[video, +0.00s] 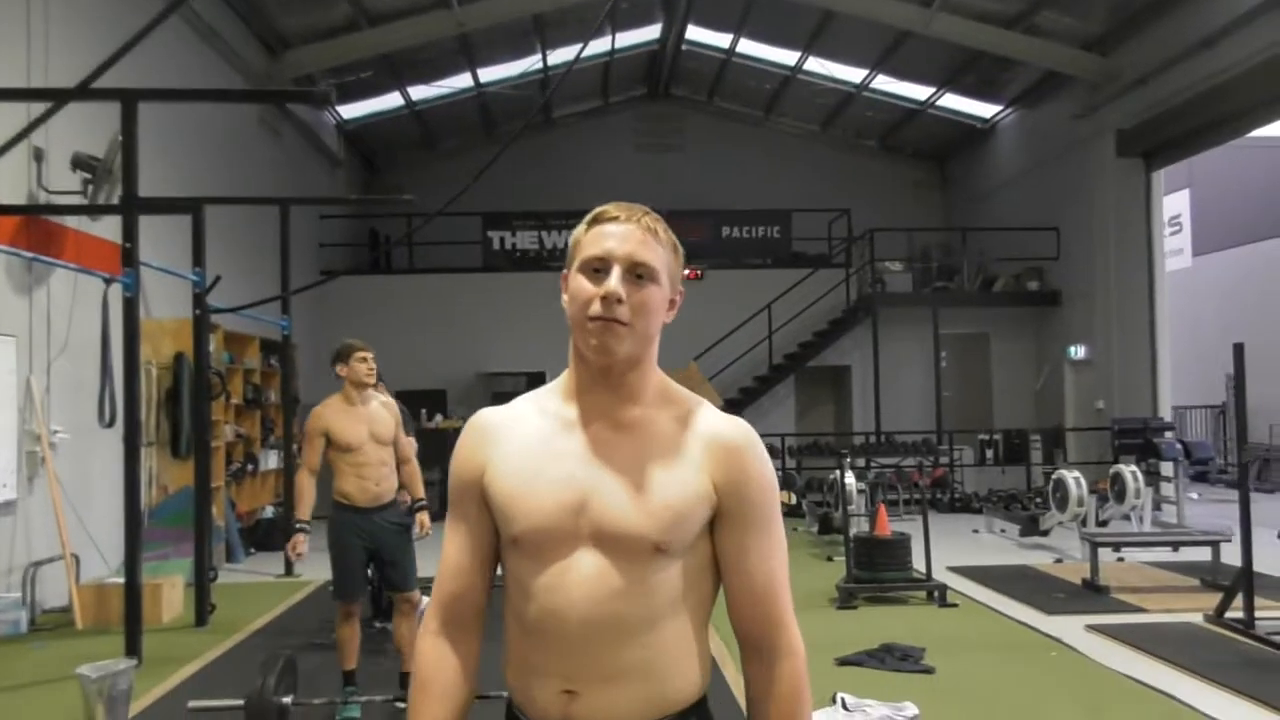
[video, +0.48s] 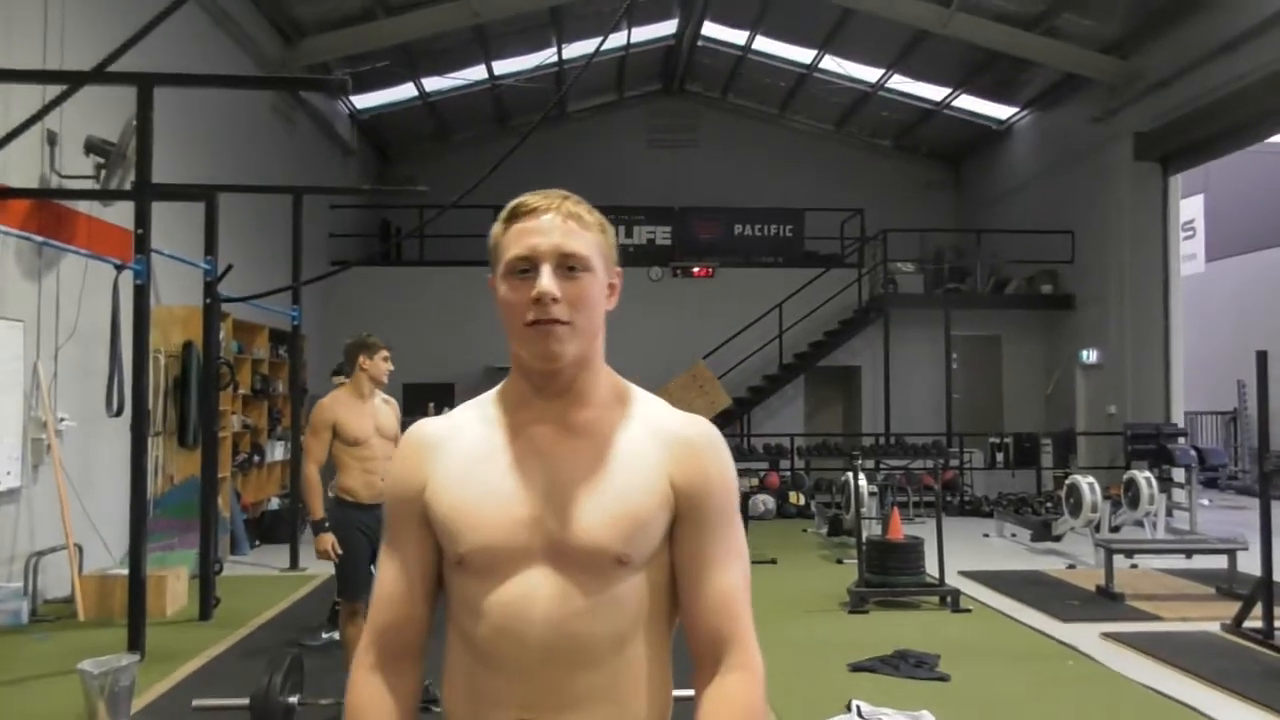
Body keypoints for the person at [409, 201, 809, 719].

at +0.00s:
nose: (612, 290)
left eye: (638, 276)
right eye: (594, 270)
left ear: (672, 304)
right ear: (566, 289)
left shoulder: (725, 447)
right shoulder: (491, 438)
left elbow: (771, 650)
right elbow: (448, 632)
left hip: (678, 712)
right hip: (530, 713)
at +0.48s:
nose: (545, 289)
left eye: (571, 268)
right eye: (523, 269)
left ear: (611, 289)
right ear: (495, 292)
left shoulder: (687, 448)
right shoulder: (429, 450)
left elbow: (730, 663)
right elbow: (386, 664)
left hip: (627, 708)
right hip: (474, 708)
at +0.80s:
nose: (466, 285)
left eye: (493, 261)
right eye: (443, 266)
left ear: (540, 283)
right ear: (421, 293)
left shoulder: (629, 445)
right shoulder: (368, 461)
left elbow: (698, 677)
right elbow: (323, 685)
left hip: (578, 708)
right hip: (421, 711)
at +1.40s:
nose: (535, 299)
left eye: (568, 279)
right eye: (516, 273)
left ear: (612, 310)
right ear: (484, 293)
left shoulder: (684, 473)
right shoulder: (406, 470)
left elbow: (735, 704)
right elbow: (360, 697)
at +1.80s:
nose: (612, 302)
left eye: (646, 287)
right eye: (592, 274)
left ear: (682, 323)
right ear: (553, 294)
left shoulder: (750, 494)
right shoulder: (455, 475)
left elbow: (808, 711)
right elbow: (397, 703)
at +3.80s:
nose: (591, 360)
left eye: (625, 342)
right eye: (571, 330)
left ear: (659, 379)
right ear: (533, 348)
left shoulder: (727, 547)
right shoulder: (428, 532)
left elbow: (775, 714)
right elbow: (379, 715)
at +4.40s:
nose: (580, 373)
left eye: (614, 354)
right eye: (559, 345)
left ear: (649, 389)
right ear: (519, 364)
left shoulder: (718, 565)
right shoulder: (415, 547)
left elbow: (760, 709)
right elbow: (369, 711)